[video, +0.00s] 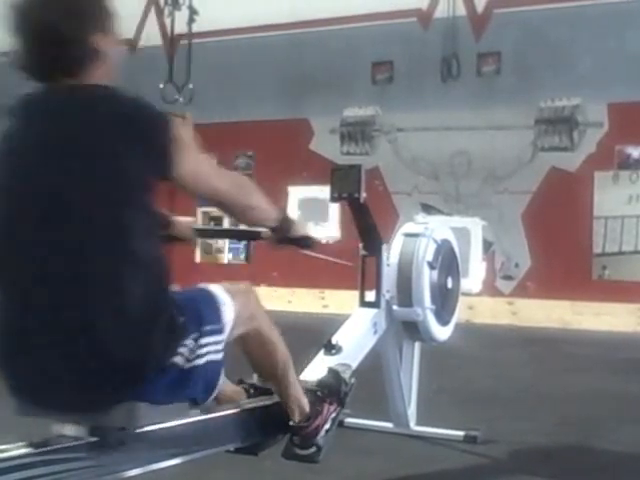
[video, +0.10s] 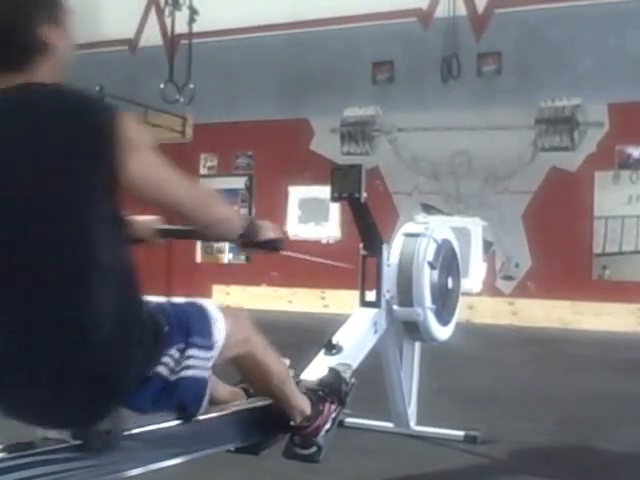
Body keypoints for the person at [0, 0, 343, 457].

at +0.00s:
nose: (120, 44)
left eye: (114, 33)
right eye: (113, 33)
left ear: (36, 50)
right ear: (97, 44)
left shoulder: (18, 122)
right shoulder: (129, 118)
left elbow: (70, 211)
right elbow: (234, 194)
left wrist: (164, 226)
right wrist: (282, 225)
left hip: (32, 370)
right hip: (119, 361)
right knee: (245, 303)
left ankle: (246, 407)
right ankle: (302, 413)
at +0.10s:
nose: (71, 40)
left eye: (67, 26)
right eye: (66, 26)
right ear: (46, 34)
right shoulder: (92, 120)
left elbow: (25, 227)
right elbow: (200, 212)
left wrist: (120, 228)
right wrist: (249, 228)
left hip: (10, 363)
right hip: (96, 354)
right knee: (239, 330)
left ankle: (248, 410)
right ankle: (304, 413)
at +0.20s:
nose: (41, 55)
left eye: (39, 43)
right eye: (37, 43)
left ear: (4, 46)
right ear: (12, 44)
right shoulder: (51, 131)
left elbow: (23, 248)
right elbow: (169, 245)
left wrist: (96, 231)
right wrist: (209, 239)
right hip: (68, 358)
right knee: (231, 344)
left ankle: (262, 404)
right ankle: (306, 413)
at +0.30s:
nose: (40, 61)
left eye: (39, 47)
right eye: (37, 46)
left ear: (5, 46)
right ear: (12, 45)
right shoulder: (35, 132)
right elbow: (112, 271)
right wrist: (162, 248)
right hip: (51, 358)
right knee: (228, 345)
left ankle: (258, 401)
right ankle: (305, 412)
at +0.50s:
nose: (85, 55)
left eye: (84, 43)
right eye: (82, 43)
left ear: (6, 45)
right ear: (60, 44)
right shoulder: (65, 119)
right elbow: (75, 252)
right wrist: (141, 245)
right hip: (54, 357)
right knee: (237, 323)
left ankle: (237, 403)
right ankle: (301, 413)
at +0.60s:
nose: (117, 56)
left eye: (115, 45)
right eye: (113, 45)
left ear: (30, 52)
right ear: (94, 48)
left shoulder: (10, 119)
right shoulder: (106, 127)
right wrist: (199, 237)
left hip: (25, 363)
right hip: (96, 360)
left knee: (165, 294)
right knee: (249, 300)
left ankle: (241, 401)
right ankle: (301, 412)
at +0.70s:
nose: (151, 58)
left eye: (147, 46)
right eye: (146, 47)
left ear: (67, 59)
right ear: (129, 54)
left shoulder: (35, 132)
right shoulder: (153, 136)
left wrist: (211, 223)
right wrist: (249, 225)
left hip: (52, 367)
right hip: (131, 369)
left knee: (191, 275)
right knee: (263, 281)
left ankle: (233, 401)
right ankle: (303, 414)